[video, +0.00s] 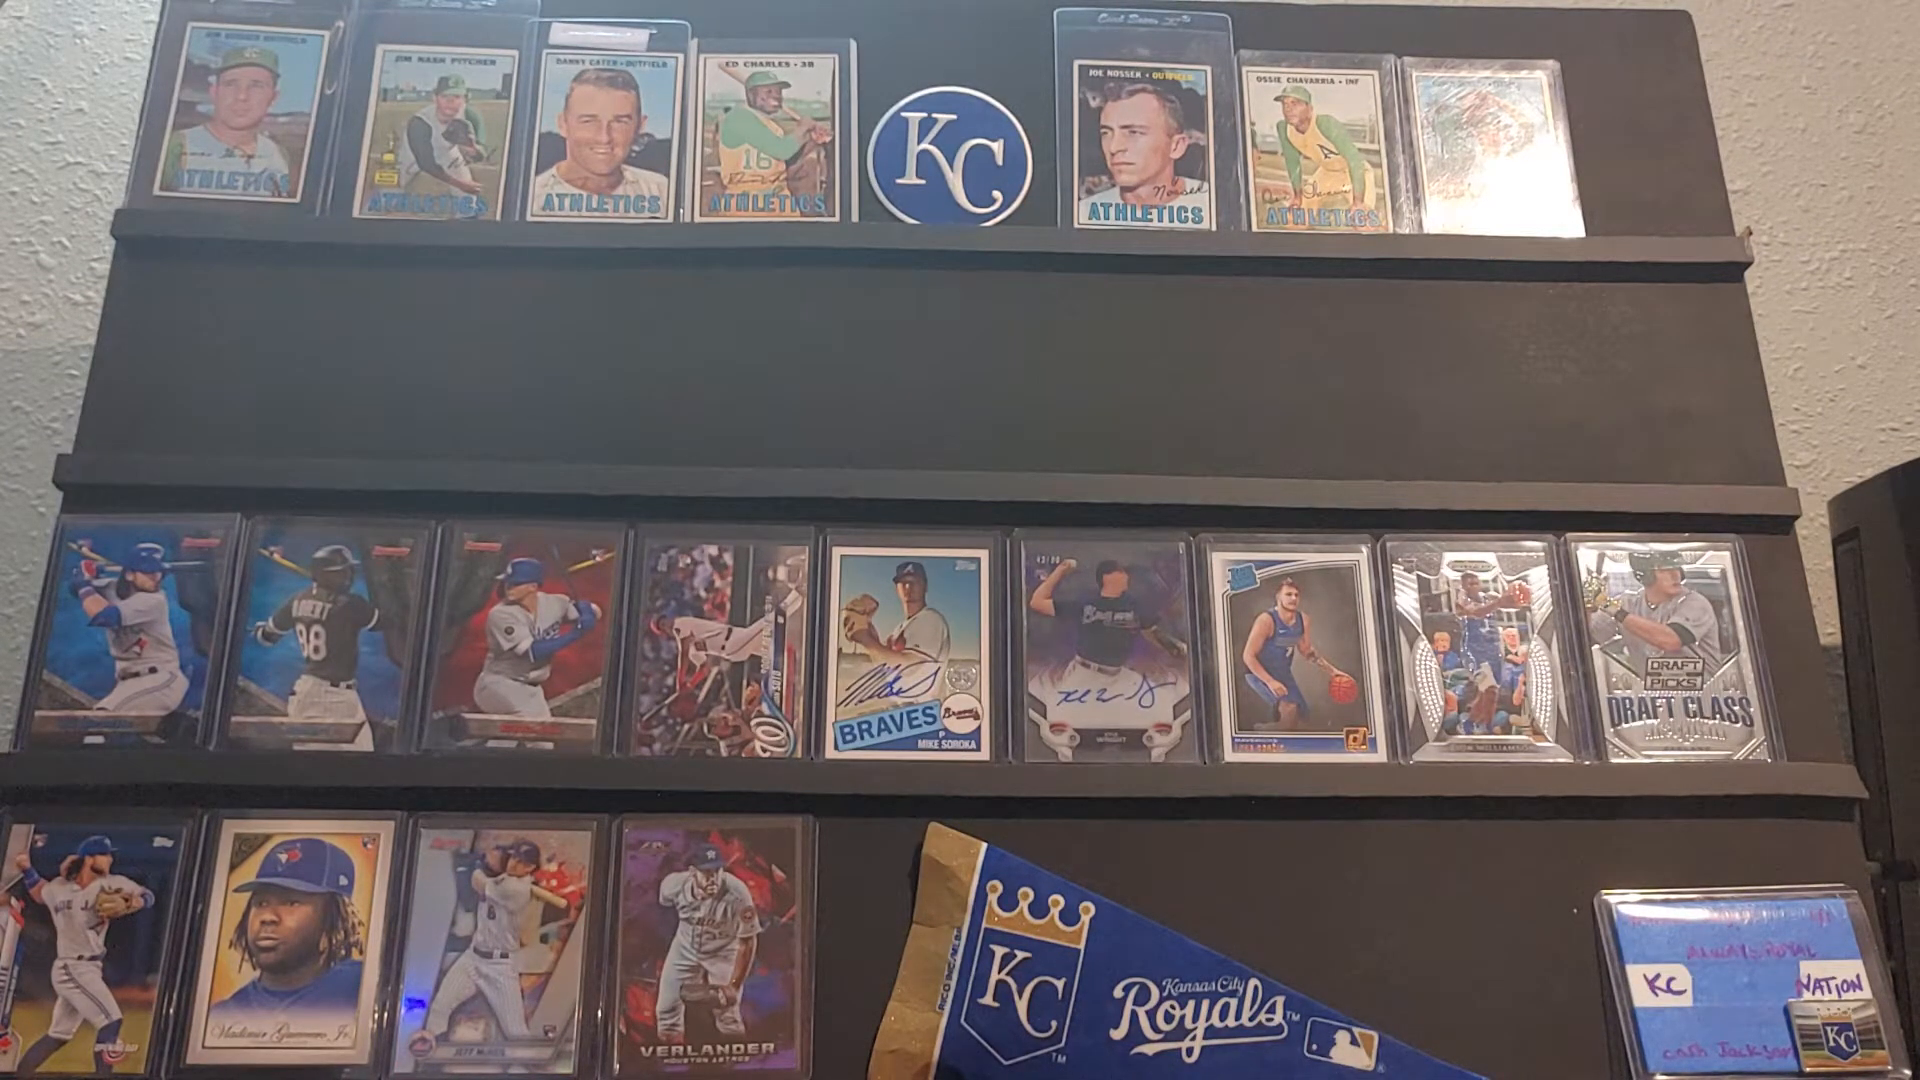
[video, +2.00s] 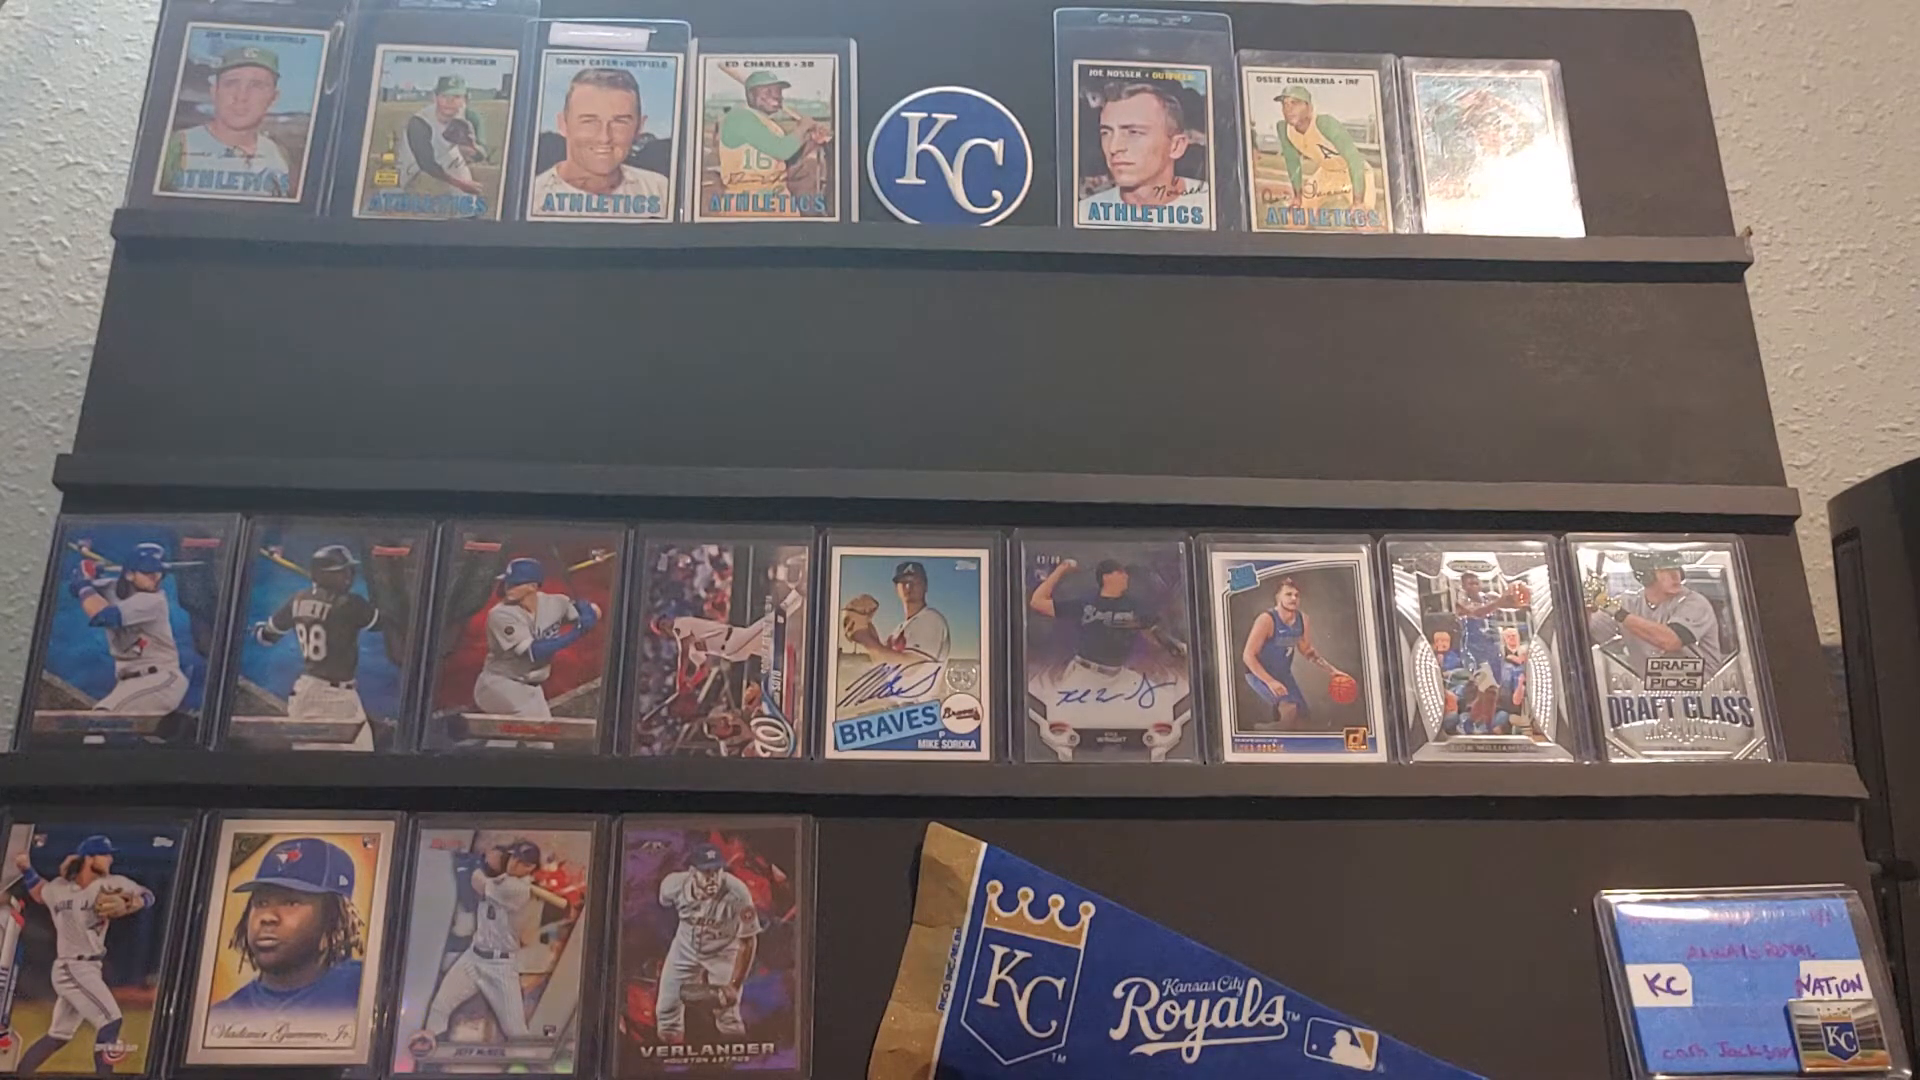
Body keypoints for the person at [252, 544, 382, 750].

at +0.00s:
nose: (351, 577)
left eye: (350, 571)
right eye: (347, 572)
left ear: (319, 574)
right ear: (337, 575)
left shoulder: (299, 601)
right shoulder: (351, 605)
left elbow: (267, 637)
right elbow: (387, 622)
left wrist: (260, 631)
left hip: (306, 693)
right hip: (341, 697)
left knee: (307, 765)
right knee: (361, 766)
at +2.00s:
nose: (350, 577)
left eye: (350, 572)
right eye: (346, 572)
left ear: (319, 575)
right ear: (335, 575)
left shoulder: (299, 600)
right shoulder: (351, 605)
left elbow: (267, 637)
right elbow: (388, 622)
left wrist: (259, 630)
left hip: (305, 694)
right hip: (342, 699)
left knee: (307, 767)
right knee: (360, 768)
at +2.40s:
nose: (350, 577)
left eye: (350, 571)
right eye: (346, 572)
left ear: (319, 575)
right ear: (334, 575)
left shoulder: (298, 601)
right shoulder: (351, 605)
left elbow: (267, 637)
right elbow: (386, 622)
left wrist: (260, 630)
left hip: (306, 693)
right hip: (342, 697)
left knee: (305, 765)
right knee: (360, 766)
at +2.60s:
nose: (350, 577)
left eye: (350, 571)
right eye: (346, 572)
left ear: (320, 575)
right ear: (332, 575)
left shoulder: (299, 601)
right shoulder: (351, 605)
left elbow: (267, 637)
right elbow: (385, 622)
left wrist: (259, 630)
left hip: (306, 694)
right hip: (342, 698)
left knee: (305, 766)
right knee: (360, 766)